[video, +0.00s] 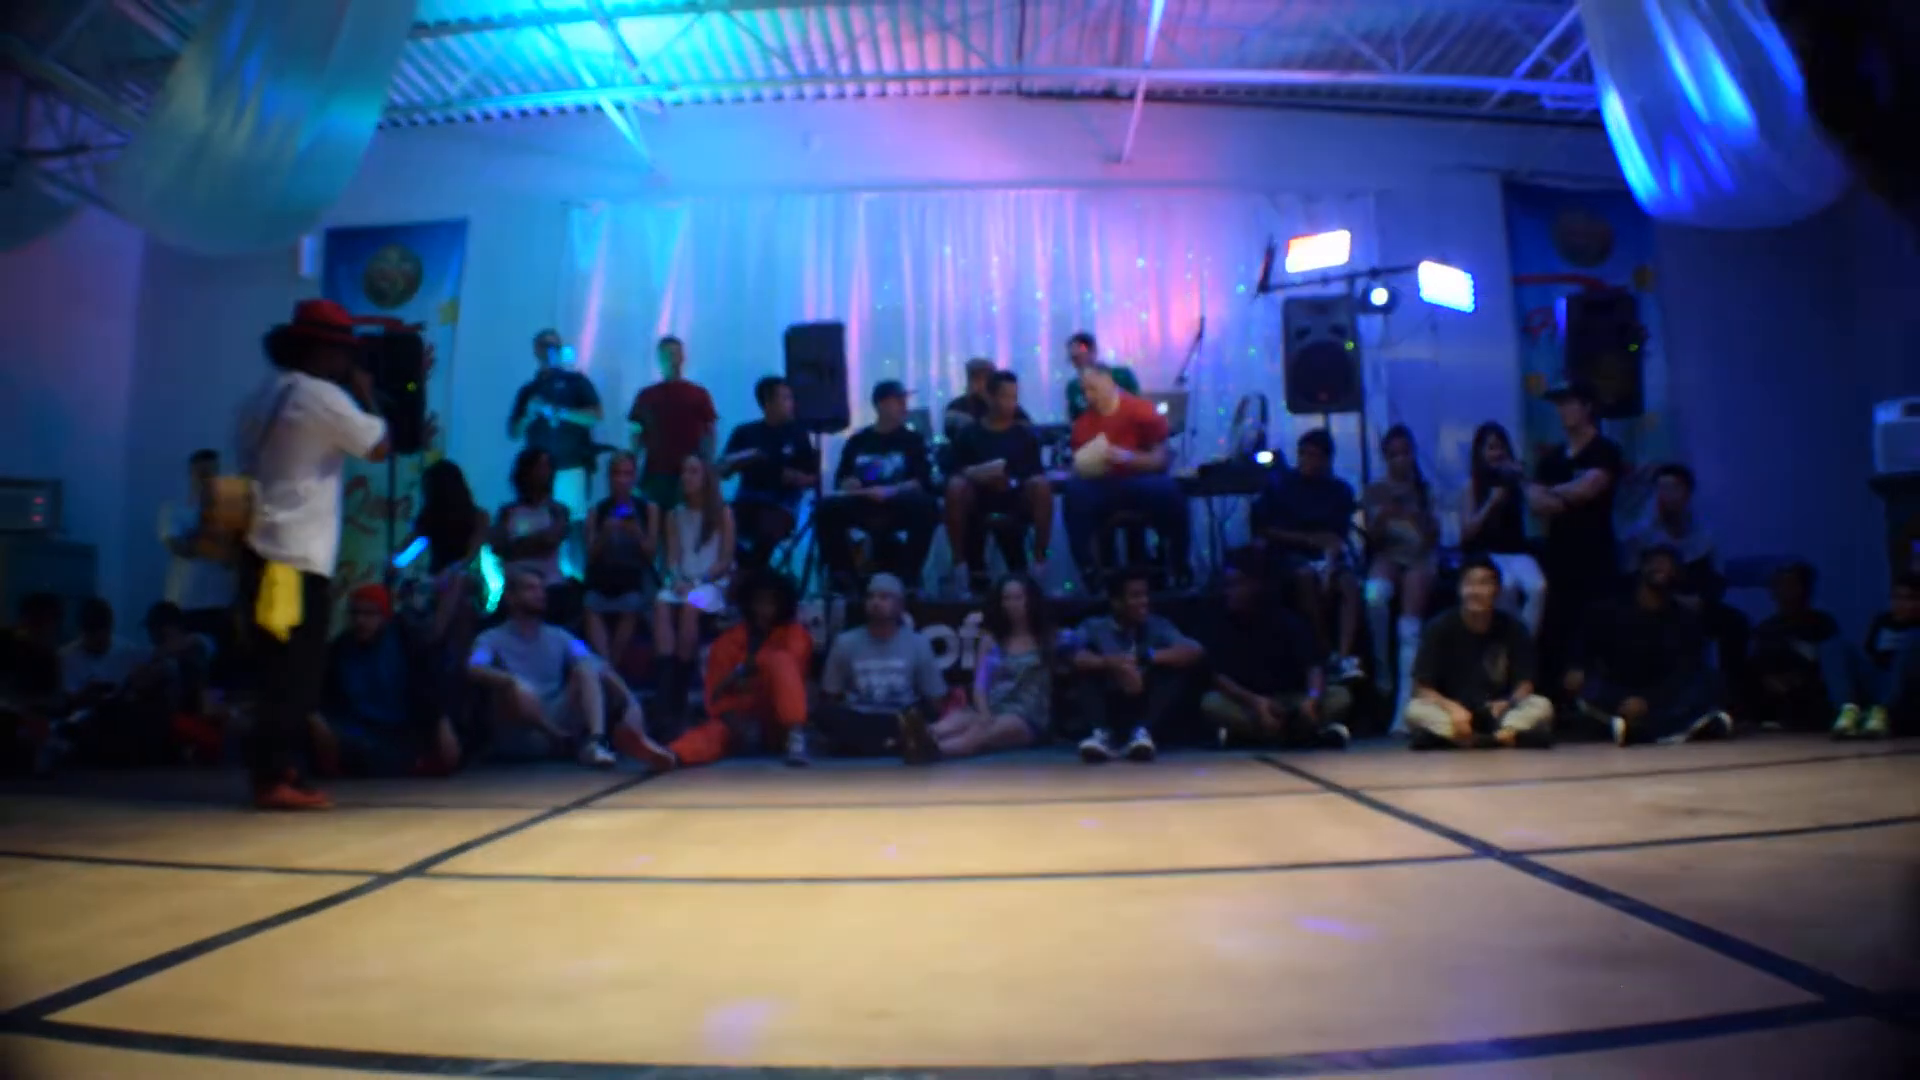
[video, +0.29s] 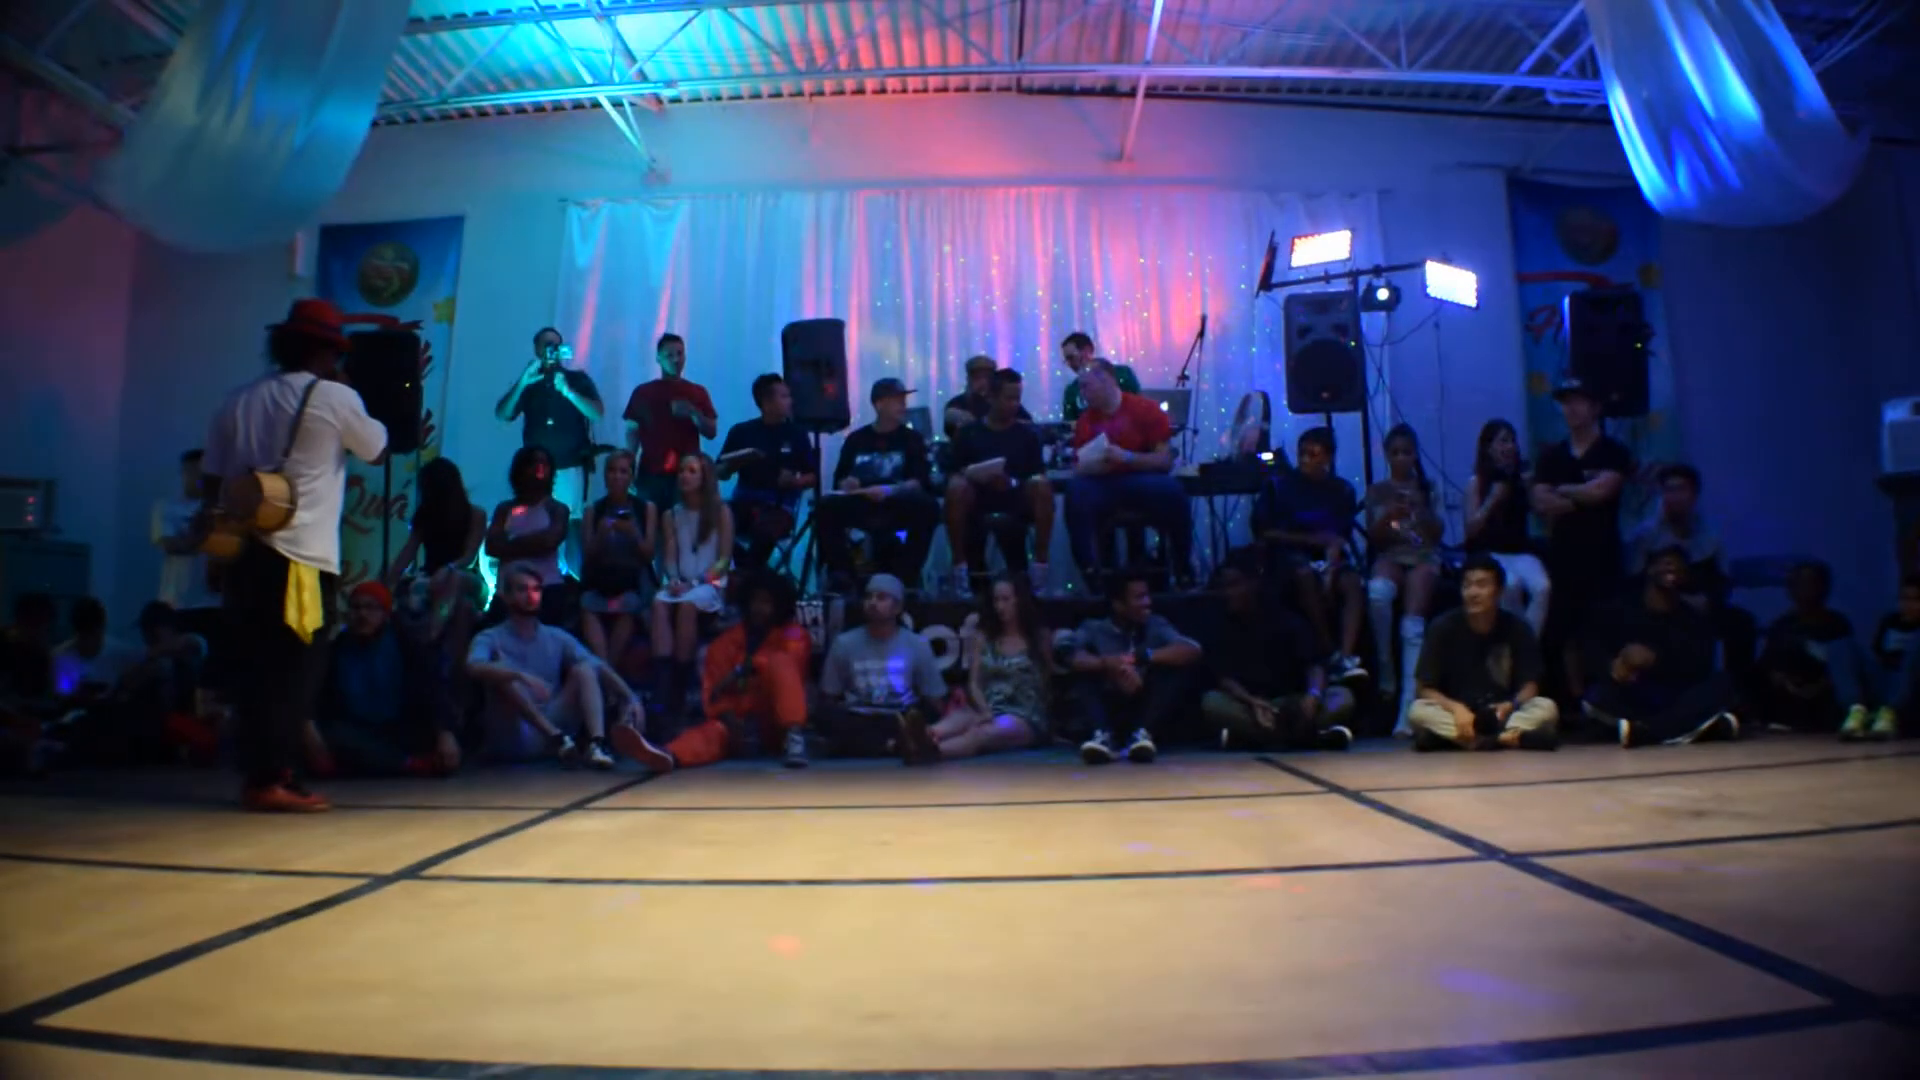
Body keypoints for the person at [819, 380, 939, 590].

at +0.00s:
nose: (903, 407)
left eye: (904, 401)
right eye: (897, 401)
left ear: (905, 404)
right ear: (880, 405)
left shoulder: (913, 440)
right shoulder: (858, 441)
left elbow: (922, 481)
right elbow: (842, 481)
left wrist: (889, 491)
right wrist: (861, 490)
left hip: (899, 500)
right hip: (863, 501)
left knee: (926, 510)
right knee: (827, 511)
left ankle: (909, 577)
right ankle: (844, 578)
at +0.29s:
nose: (903, 406)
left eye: (903, 400)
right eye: (897, 401)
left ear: (905, 403)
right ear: (878, 404)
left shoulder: (912, 439)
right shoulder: (856, 439)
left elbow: (920, 481)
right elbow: (839, 480)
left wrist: (888, 491)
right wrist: (847, 484)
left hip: (898, 501)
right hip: (861, 501)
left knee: (927, 508)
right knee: (826, 507)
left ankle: (906, 578)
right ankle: (841, 576)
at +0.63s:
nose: (903, 407)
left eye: (904, 401)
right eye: (897, 401)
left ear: (905, 403)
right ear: (879, 405)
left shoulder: (913, 439)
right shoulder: (856, 439)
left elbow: (921, 482)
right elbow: (839, 480)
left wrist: (888, 491)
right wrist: (846, 484)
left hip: (898, 501)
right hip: (861, 501)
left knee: (927, 508)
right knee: (826, 508)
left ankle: (906, 579)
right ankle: (841, 577)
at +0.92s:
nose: (902, 406)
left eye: (903, 400)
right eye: (896, 400)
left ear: (905, 403)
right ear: (879, 405)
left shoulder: (912, 439)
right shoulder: (856, 439)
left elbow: (921, 481)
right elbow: (840, 480)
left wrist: (888, 491)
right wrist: (848, 485)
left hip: (898, 500)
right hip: (861, 500)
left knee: (927, 508)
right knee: (827, 507)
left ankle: (908, 578)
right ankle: (840, 576)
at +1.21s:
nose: (902, 405)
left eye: (903, 400)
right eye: (896, 400)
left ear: (905, 402)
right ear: (878, 404)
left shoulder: (912, 439)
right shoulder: (856, 440)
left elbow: (921, 482)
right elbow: (840, 480)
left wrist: (887, 491)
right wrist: (848, 485)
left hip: (898, 501)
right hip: (861, 501)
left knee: (927, 508)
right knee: (827, 507)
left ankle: (908, 578)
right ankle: (840, 576)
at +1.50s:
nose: (902, 405)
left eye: (903, 400)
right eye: (896, 400)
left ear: (905, 402)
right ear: (878, 404)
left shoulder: (912, 439)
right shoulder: (855, 440)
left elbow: (921, 481)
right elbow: (840, 480)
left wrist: (888, 491)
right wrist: (848, 485)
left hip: (898, 502)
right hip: (861, 502)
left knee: (927, 508)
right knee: (826, 507)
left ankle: (908, 578)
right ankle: (839, 576)